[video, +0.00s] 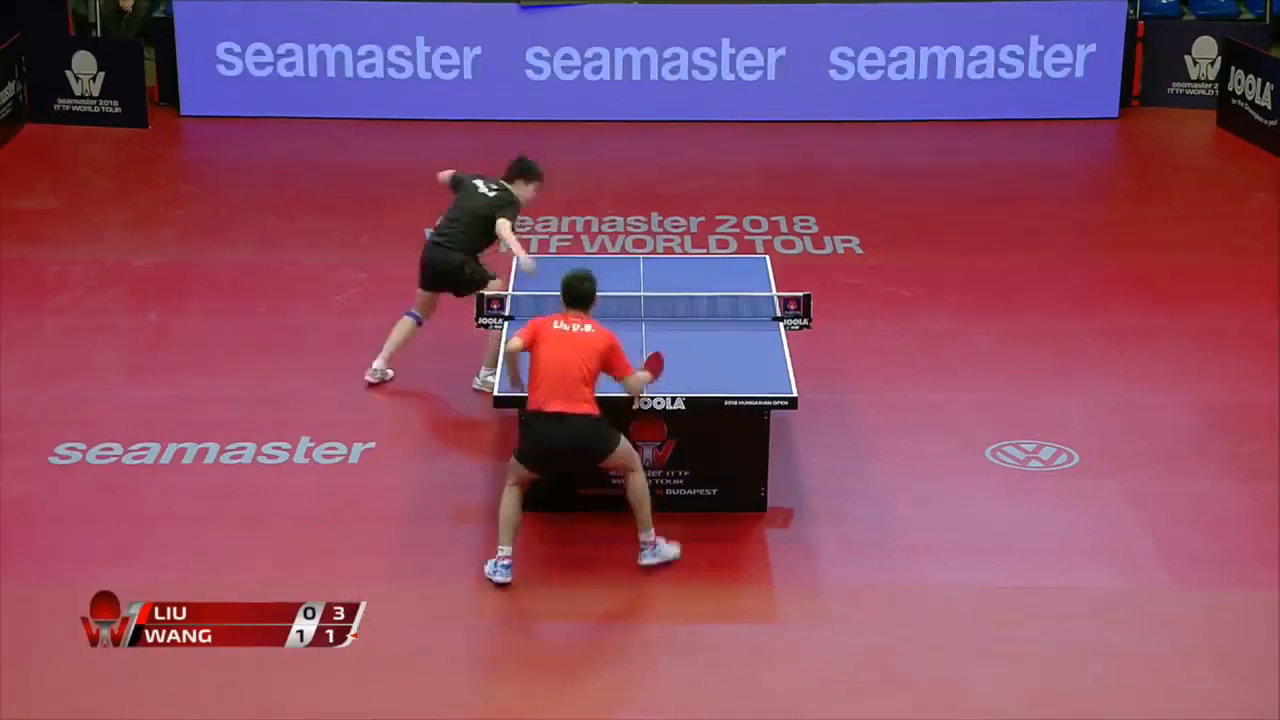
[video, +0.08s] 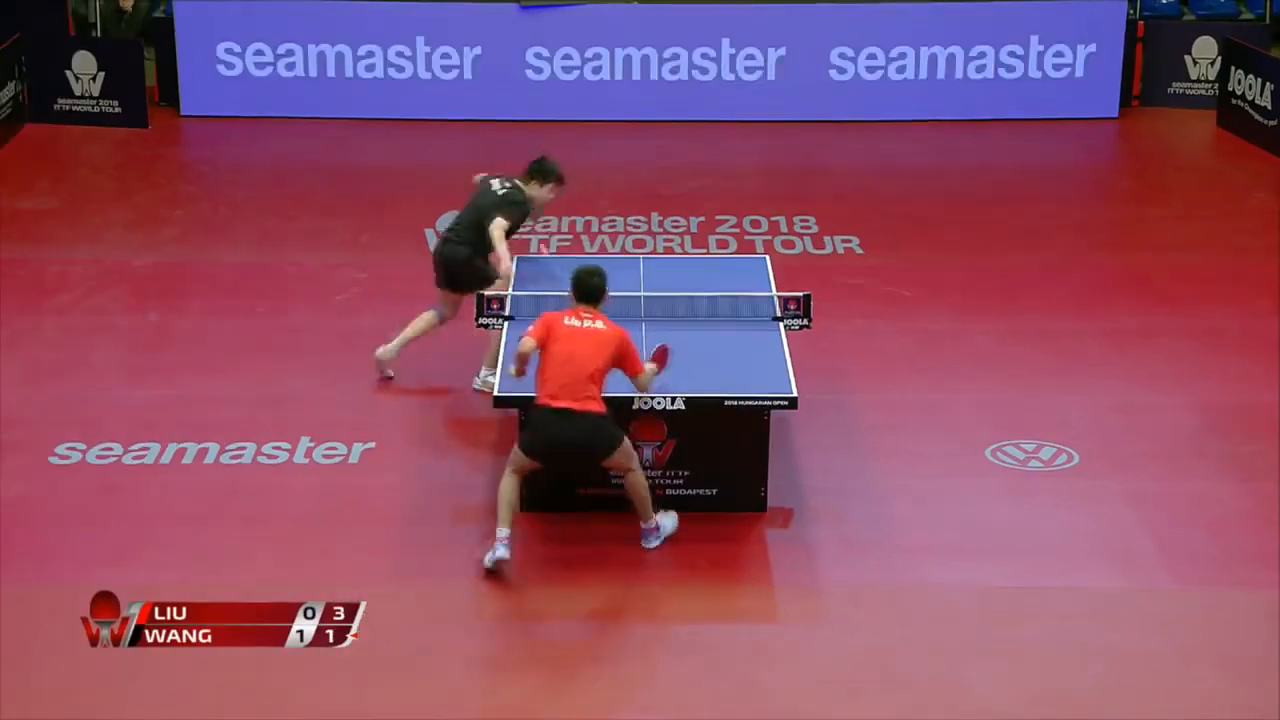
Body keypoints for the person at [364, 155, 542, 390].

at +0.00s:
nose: (533, 196)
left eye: (536, 190)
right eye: (534, 189)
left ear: (512, 177)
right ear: (522, 182)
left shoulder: (476, 181)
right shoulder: (509, 201)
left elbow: (443, 176)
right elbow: (503, 228)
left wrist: (461, 182)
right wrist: (521, 254)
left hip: (431, 254)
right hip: (458, 261)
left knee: (420, 309)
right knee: (503, 301)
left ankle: (379, 364)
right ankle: (488, 373)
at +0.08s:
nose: (550, 200)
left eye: (553, 195)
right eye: (551, 193)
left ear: (532, 180)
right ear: (536, 184)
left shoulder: (500, 182)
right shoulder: (519, 202)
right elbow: (496, 227)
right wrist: (505, 261)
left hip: (444, 253)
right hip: (464, 260)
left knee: (445, 311)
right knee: (510, 300)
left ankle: (390, 350)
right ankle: (488, 373)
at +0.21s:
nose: (567, 182)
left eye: (569, 176)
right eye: (564, 175)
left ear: (546, 166)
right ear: (548, 169)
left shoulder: (531, 173)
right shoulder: (525, 188)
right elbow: (483, 202)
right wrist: (478, 239)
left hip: (488, 240)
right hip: (480, 242)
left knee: (494, 298)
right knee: (505, 303)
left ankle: (432, 323)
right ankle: (487, 372)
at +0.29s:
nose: (572, 162)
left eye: (574, 156)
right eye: (569, 155)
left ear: (562, 151)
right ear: (554, 149)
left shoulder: (549, 163)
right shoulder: (526, 168)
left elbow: (566, 154)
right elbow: (484, 177)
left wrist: (586, 150)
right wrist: (474, 213)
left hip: (515, 232)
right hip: (495, 232)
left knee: (515, 297)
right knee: (497, 301)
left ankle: (500, 362)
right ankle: (488, 368)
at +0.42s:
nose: (578, 142)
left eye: (581, 137)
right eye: (573, 136)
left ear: (583, 137)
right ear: (555, 135)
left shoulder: (569, 155)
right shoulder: (531, 154)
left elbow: (589, 158)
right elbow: (493, 167)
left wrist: (612, 158)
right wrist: (485, 201)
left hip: (546, 223)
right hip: (515, 223)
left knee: (576, 270)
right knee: (504, 291)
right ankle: (480, 352)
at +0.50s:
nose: (579, 147)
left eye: (583, 141)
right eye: (574, 141)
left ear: (587, 141)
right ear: (558, 140)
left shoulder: (583, 163)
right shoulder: (537, 160)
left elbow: (604, 174)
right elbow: (501, 176)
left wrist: (630, 179)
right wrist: (496, 210)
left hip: (563, 231)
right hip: (530, 231)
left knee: (579, 282)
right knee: (509, 290)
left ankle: (583, 345)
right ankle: (479, 346)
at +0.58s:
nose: (583, 151)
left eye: (587, 145)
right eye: (578, 145)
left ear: (593, 146)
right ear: (564, 146)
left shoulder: (597, 170)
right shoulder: (545, 169)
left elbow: (623, 184)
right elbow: (518, 184)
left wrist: (638, 191)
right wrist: (516, 213)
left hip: (582, 243)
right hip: (546, 241)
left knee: (592, 292)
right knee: (519, 290)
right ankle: (483, 345)